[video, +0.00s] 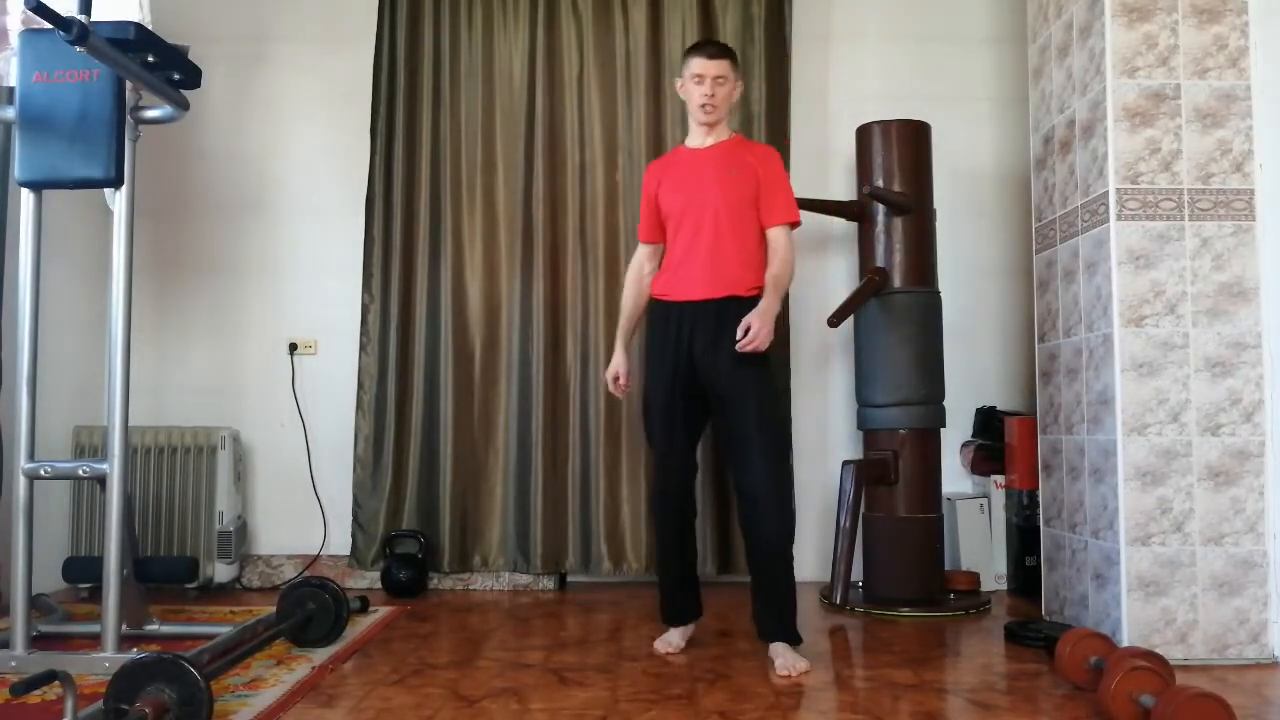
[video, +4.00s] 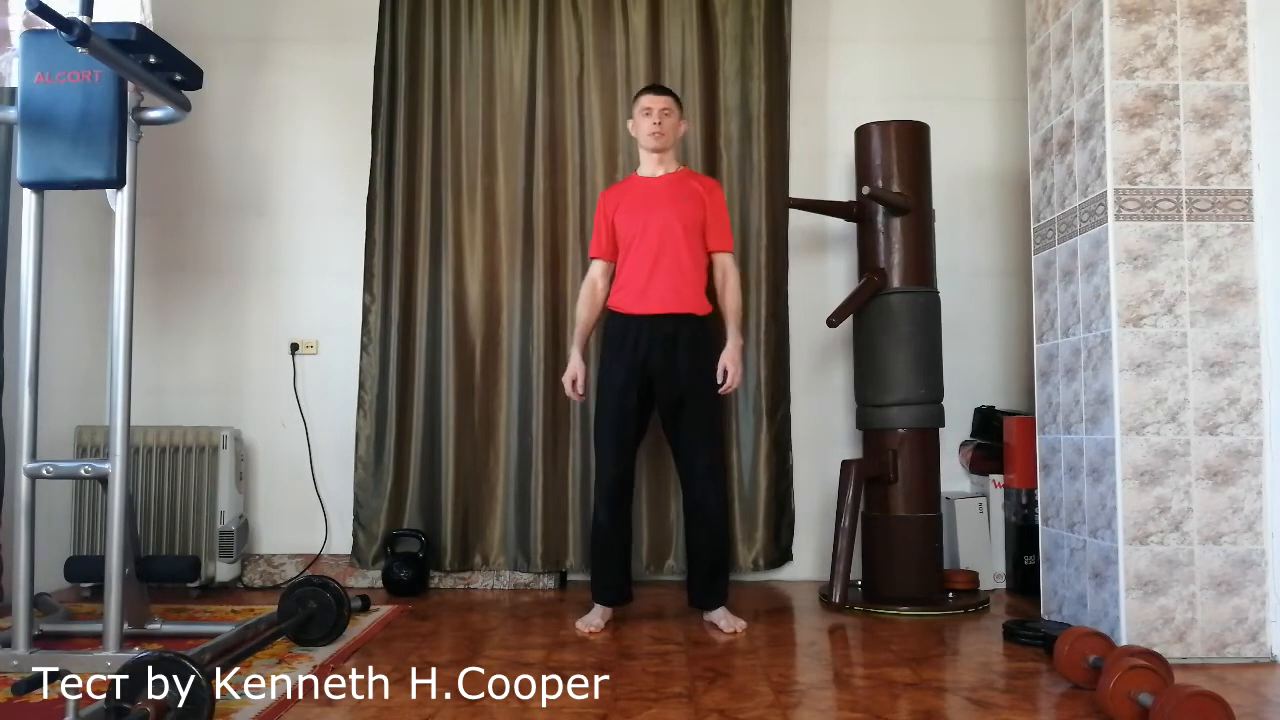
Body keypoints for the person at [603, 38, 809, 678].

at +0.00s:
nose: (709, 90)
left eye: (720, 80)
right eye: (698, 80)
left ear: (737, 89)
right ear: (681, 88)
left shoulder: (761, 160)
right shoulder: (660, 172)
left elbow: (782, 247)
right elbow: (644, 263)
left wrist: (770, 306)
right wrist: (621, 344)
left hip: (741, 327)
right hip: (669, 330)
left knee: (763, 483)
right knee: (670, 482)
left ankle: (780, 634)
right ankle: (680, 616)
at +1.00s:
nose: (685, 95)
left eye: (695, 85)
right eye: (674, 86)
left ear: (714, 94)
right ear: (657, 96)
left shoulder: (744, 166)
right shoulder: (640, 179)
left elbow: (768, 251)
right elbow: (627, 266)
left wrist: (783, 329)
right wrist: (615, 342)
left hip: (734, 332)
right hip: (664, 335)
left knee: (744, 482)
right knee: (665, 482)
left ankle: (754, 629)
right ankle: (679, 617)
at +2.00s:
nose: (666, 126)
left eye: (676, 117)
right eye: (656, 118)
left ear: (692, 128)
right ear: (642, 129)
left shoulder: (713, 194)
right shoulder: (622, 195)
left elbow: (732, 272)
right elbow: (588, 262)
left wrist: (733, 335)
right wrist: (588, 199)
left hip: (696, 339)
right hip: (634, 338)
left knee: (707, 474)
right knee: (616, 471)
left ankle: (713, 601)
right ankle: (608, 599)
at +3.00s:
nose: (676, 120)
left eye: (685, 113)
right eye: (666, 112)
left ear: (699, 127)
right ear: (647, 124)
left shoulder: (716, 192)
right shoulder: (625, 195)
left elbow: (735, 273)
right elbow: (614, 276)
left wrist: (740, 341)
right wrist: (600, 351)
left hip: (701, 340)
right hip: (638, 339)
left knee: (710, 475)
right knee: (622, 472)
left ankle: (714, 602)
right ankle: (609, 598)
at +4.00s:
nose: (656, 120)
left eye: (666, 113)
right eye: (646, 113)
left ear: (682, 127)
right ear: (631, 128)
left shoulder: (705, 190)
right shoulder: (614, 197)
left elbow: (725, 270)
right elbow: (598, 278)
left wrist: (733, 339)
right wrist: (576, 349)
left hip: (692, 340)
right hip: (625, 339)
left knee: (704, 474)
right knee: (612, 473)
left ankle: (710, 601)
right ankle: (607, 599)